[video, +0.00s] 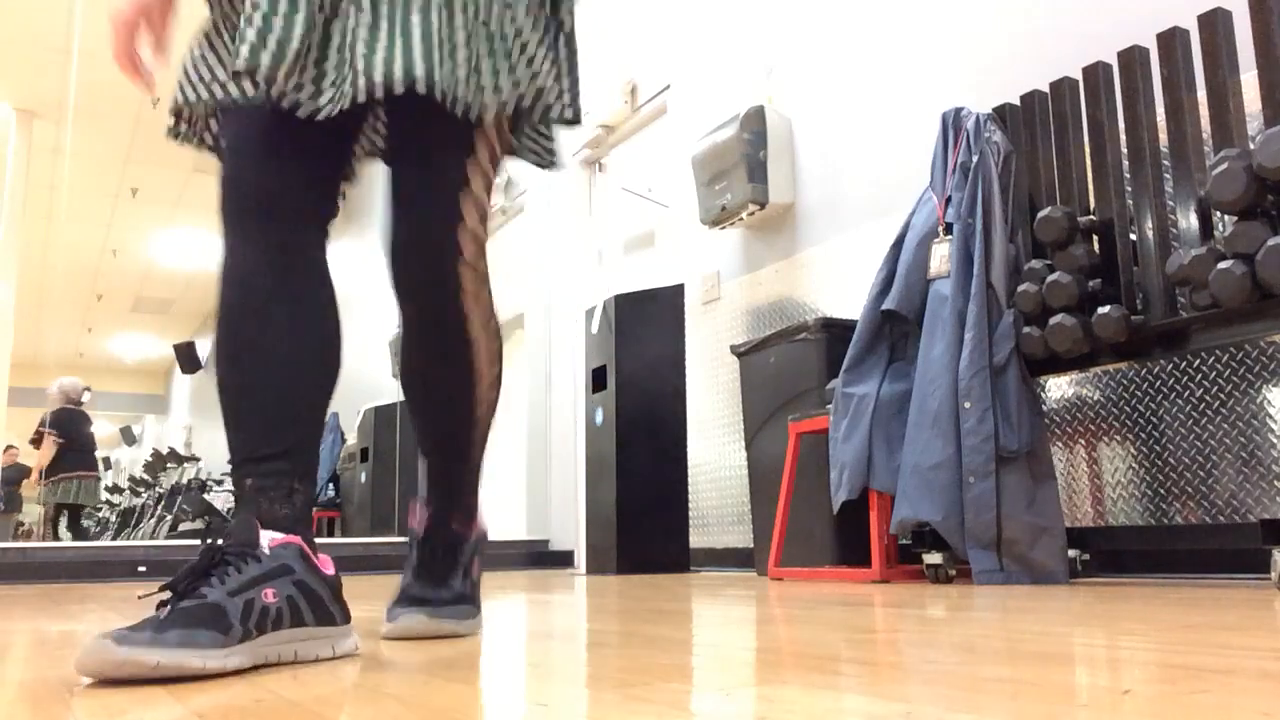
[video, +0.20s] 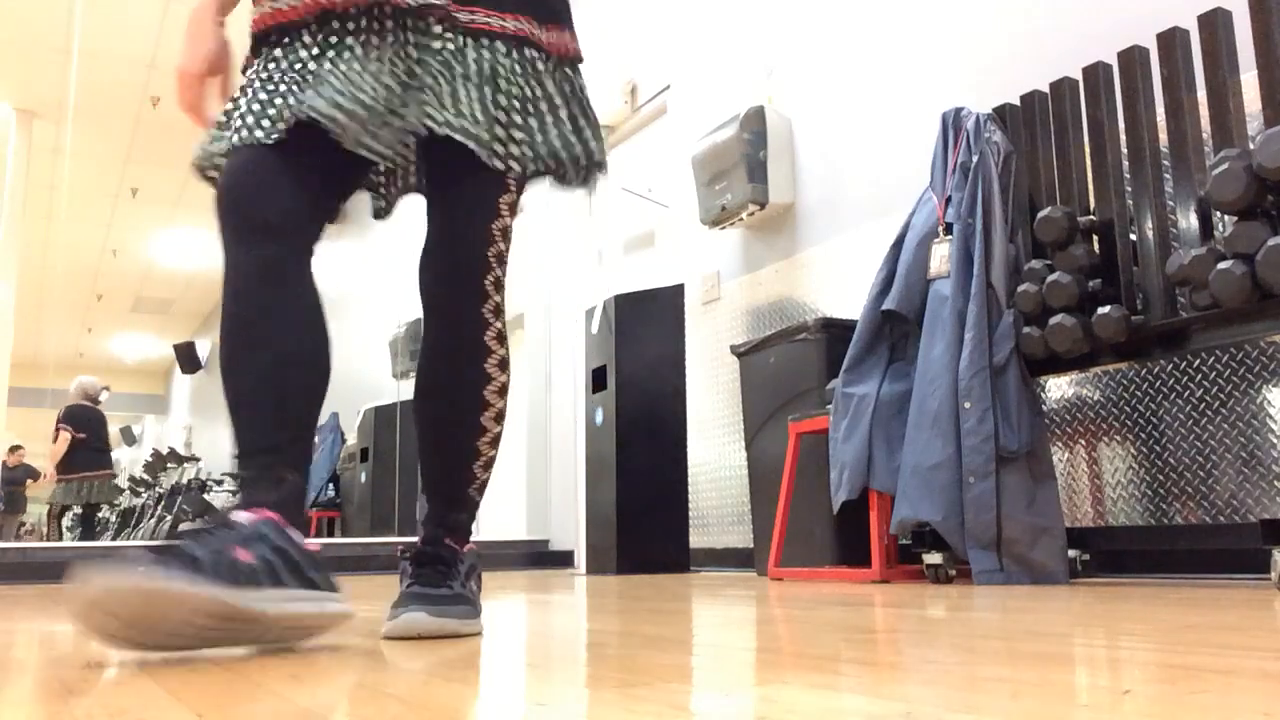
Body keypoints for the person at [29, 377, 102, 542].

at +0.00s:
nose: (52, 396)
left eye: (55, 392)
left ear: (58, 394)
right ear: (77, 395)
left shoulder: (55, 416)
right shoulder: (84, 416)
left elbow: (48, 448)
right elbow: (91, 448)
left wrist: (37, 469)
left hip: (62, 476)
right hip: (88, 475)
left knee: (50, 522)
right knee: (75, 522)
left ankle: (55, 561)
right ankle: (84, 557)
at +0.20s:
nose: (70, 392)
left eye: (73, 390)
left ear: (76, 392)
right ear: (95, 394)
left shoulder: (70, 411)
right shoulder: (100, 414)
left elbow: (64, 439)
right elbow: (106, 444)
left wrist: (51, 464)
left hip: (74, 477)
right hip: (101, 476)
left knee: (54, 514)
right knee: (89, 518)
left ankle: (55, 557)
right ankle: (86, 557)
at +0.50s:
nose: (88, 388)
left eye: (90, 386)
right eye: (89, 386)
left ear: (93, 387)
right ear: (111, 389)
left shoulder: (81, 408)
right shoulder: (116, 410)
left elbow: (66, 439)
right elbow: (120, 439)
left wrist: (56, 464)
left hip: (81, 476)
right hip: (108, 475)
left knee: (73, 521)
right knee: (94, 521)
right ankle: (95, 558)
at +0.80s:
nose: (96, 384)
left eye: (98, 381)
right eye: (98, 381)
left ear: (103, 382)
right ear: (121, 384)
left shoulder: (92, 403)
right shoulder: (130, 405)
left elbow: (76, 432)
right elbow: (134, 434)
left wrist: (68, 458)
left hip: (96, 470)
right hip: (124, 470)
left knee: (91, 514)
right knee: (111, 513)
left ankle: (96, 553)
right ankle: (112, 553)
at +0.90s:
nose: (104, 380)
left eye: (106, 377)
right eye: (105, 377)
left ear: (111, 379)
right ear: (128, 380)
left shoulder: (100, 401)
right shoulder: (137, 403)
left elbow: (87, 432)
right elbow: (141, 432)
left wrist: (74, 458)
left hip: (102, 470)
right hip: (131, 469)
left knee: (96, 513)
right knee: (123, 512)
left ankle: (100, 551)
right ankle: (130, 551)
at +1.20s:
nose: (123, 380)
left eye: (125, 376)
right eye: (125, 375)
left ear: (130, 379)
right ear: (147, 381)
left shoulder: (125, 401)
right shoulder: (155, 402)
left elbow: (121, 431)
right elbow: (161, 435)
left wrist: (100, 455)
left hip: (129, 470)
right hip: (158, 469)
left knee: (113, 515)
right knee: (151, 514)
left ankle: (109, 558)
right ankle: (155, 558)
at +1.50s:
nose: (134, 375)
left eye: (136, 371)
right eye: (135, 370)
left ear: (141, 373)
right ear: (160, 375)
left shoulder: (138, 396)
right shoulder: (167, 397)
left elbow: (127, 430)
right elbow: (182, 431)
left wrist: (97, 441)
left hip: (139, 467)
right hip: (166, 467)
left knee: (129, 511)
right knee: (154, 514)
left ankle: (139, 548)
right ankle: (155, 555)